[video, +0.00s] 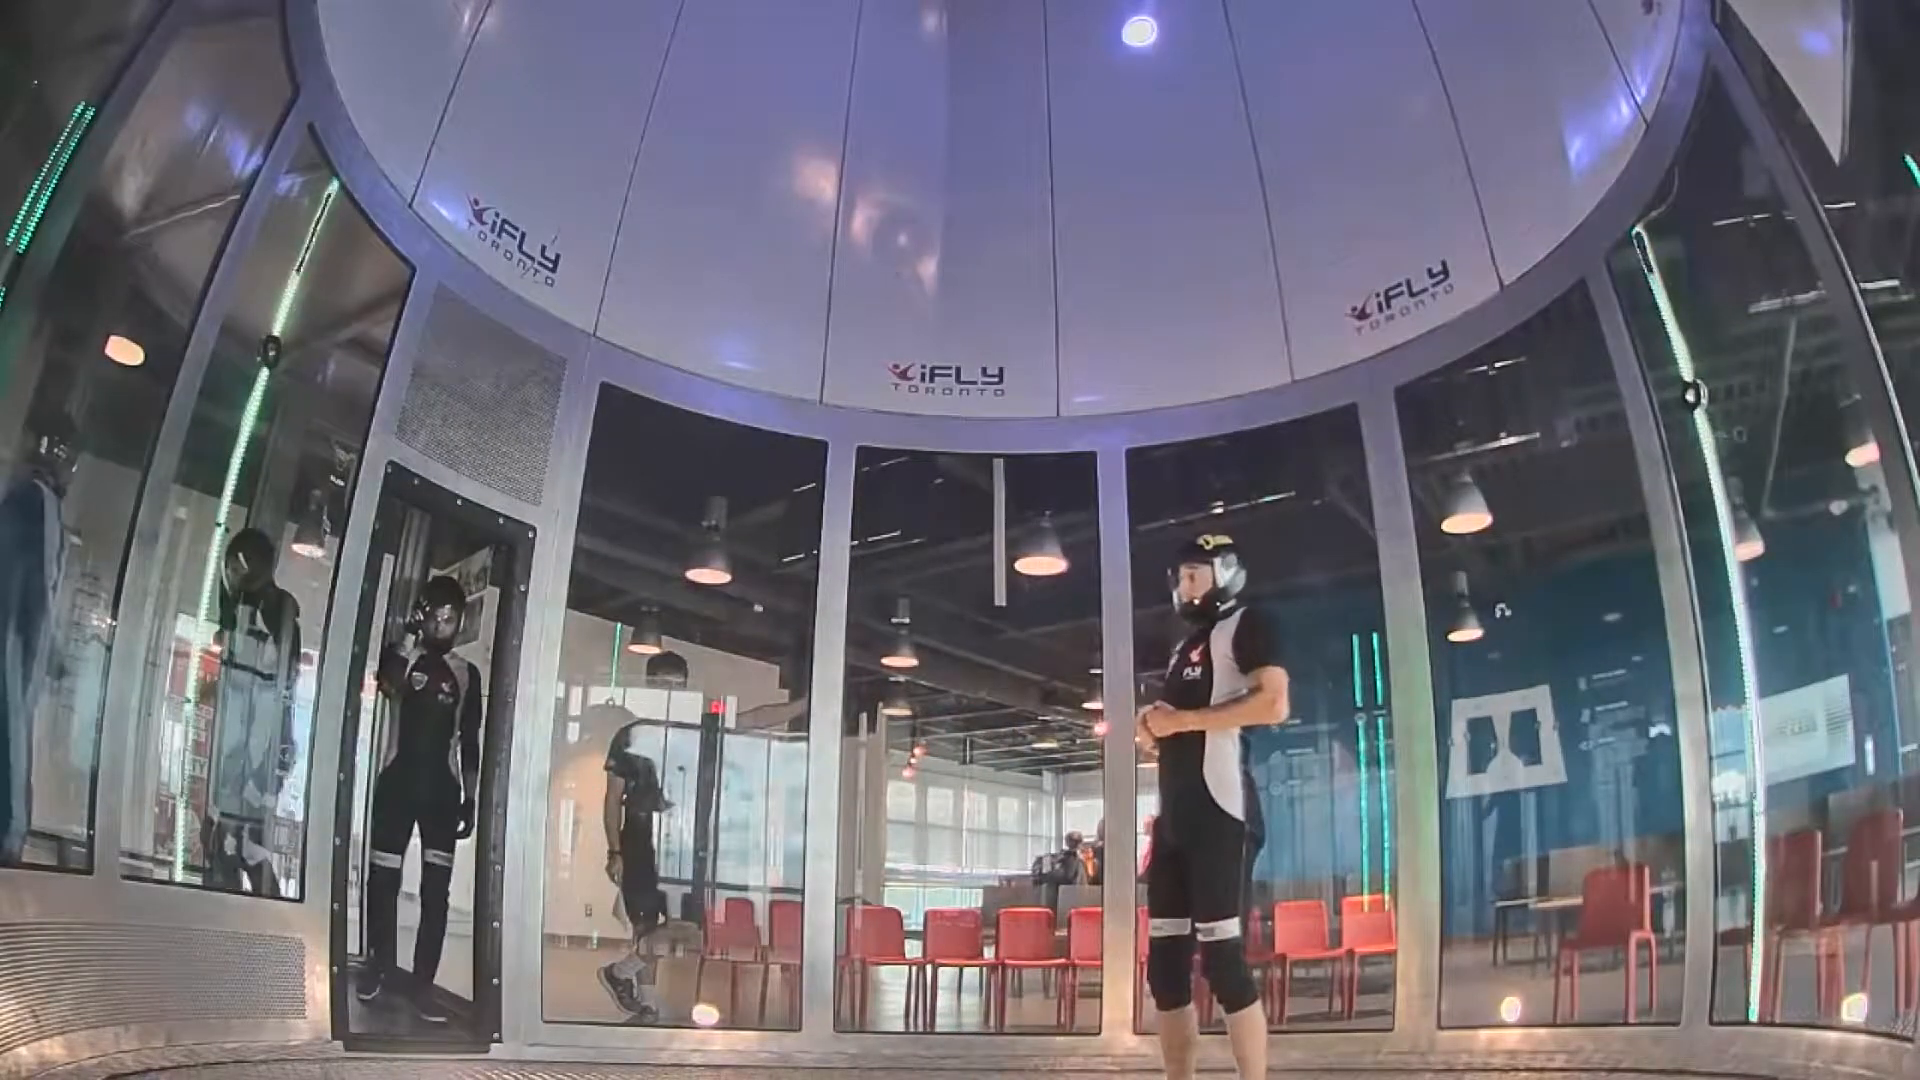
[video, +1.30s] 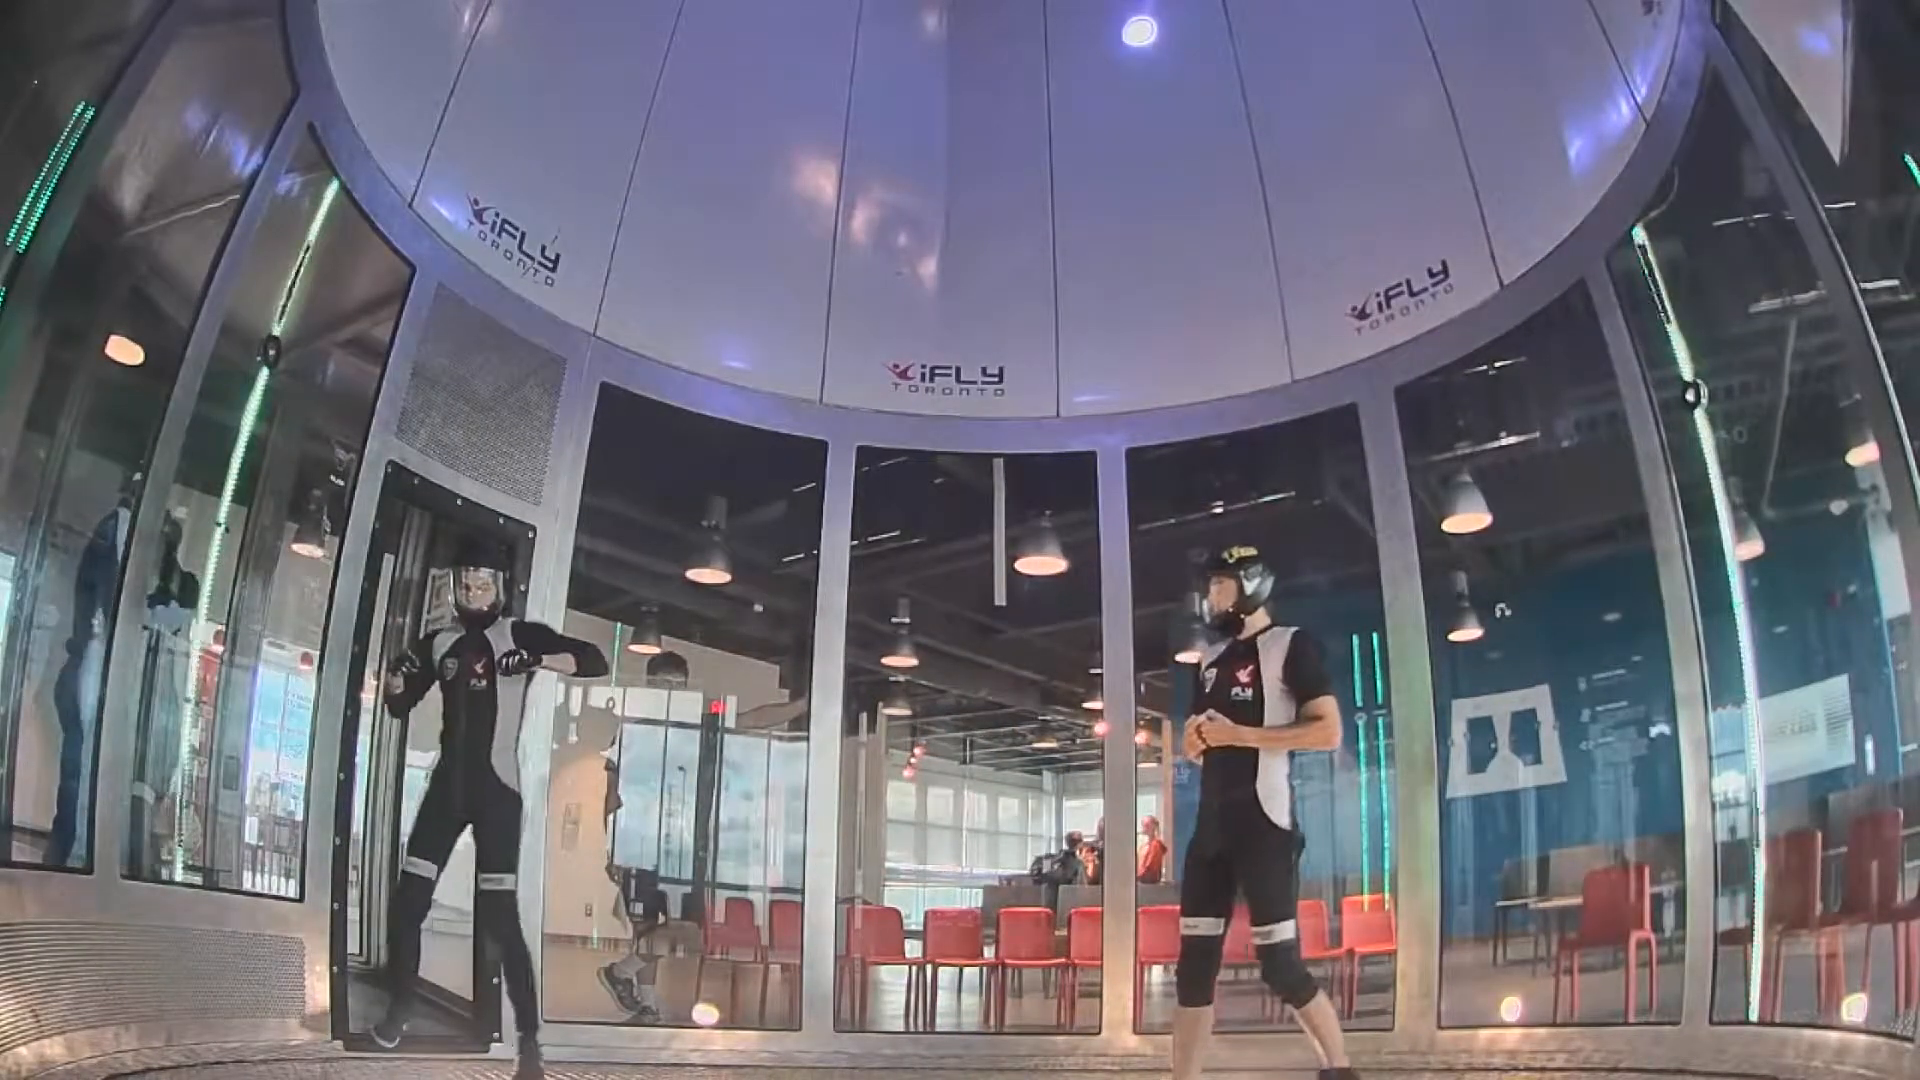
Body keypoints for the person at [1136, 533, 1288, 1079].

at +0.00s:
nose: (1186, 585)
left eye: (1197, 574)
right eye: (1183, 575)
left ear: (1226, 575)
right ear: (1179, 579)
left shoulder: (1252, 622)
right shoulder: (1185, 642)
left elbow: (1274, 703)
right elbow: (1184, 728)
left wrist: (1182, 719)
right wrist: (1149, 733)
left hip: (1224, 812)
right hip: (1175, 813)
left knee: (1223, 961)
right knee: (1166, 965)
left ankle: (1253, 1075)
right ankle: (1179, 1077)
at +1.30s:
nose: (1213, 595)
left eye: (1222, 584)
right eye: (1211, 586)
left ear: (1253, 586)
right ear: (1218, 594)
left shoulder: (1292, 645)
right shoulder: (1212, 662)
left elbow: (1329, 732)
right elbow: (1190, 749)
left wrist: (1240, 733)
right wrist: (1193, 741)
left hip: (1267, 823)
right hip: (1212, 824)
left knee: (1280, 965)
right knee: (1195, 962)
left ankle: (1339, 1068)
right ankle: (1183, 1076)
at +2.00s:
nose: (1340, 593)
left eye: (1350, 582)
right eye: (1330, 584)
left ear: (1370, 588)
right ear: (1318, 595)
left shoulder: (1402, 643)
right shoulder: (1307, 665)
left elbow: (1448, 718)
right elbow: (1296, 756)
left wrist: (1375, 739)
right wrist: (1308, 750)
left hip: (1388, 821)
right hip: (1329, 822)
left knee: (1384, 962)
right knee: (1290, 949)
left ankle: (1391, 1064)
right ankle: (1266, 1071)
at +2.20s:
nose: (1343, 596)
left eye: (1353, 584)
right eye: (1333, 587)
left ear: (1374, 591)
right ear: (1322, 599)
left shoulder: (1409, 648)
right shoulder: (1309, 667)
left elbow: (1446, 728)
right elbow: (1303, 762)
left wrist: (1369, 738)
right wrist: (1313, 750)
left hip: (1392, 826)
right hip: (1331, 828)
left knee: (1387, 966)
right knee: (1313, 959)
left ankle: (1393, 1066)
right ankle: (1307, 1076)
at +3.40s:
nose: (1311, 556)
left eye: (1319, 549)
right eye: (1300, 553)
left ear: (1339, 563)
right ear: (1292, 578)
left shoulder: (1388, 621)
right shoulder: (1290, 636)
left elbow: (1402, 567)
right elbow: (1289, 572)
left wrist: (1362, 476)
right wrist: (1311, 475)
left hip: (1388, 813)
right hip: (1317, 818)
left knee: (1399, 973)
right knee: (1311, 976)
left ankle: (1429, 1073)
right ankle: (1301, 1078)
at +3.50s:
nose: (1324, 550)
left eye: (1333, 541)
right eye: (1313, 544)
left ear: (1352, 556)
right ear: (1301, 563)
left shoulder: (1396, 620)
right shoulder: (1299, 631)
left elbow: (1422, 597)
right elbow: (1287, 606)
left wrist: (1369, 497)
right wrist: (1314, 500)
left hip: (1396, 815)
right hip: (1323, 819)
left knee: (1406, 977)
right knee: (1313, 979)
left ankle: (1437, 1074)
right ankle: (1304, 1077)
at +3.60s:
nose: (1343, 553)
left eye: (1353, 540)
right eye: (1332, 544)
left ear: (1376, 545)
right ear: (1322, 557)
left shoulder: (1421, 607)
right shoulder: (1326, 621)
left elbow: (1464, 656)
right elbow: (1291, 677)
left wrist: (1398, 576)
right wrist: (1318, 584)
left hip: (1412, 808)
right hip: (1346, 810)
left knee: (1429, 976)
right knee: (1326, 971)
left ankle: (1467, 1070)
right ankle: (1304, 1077)